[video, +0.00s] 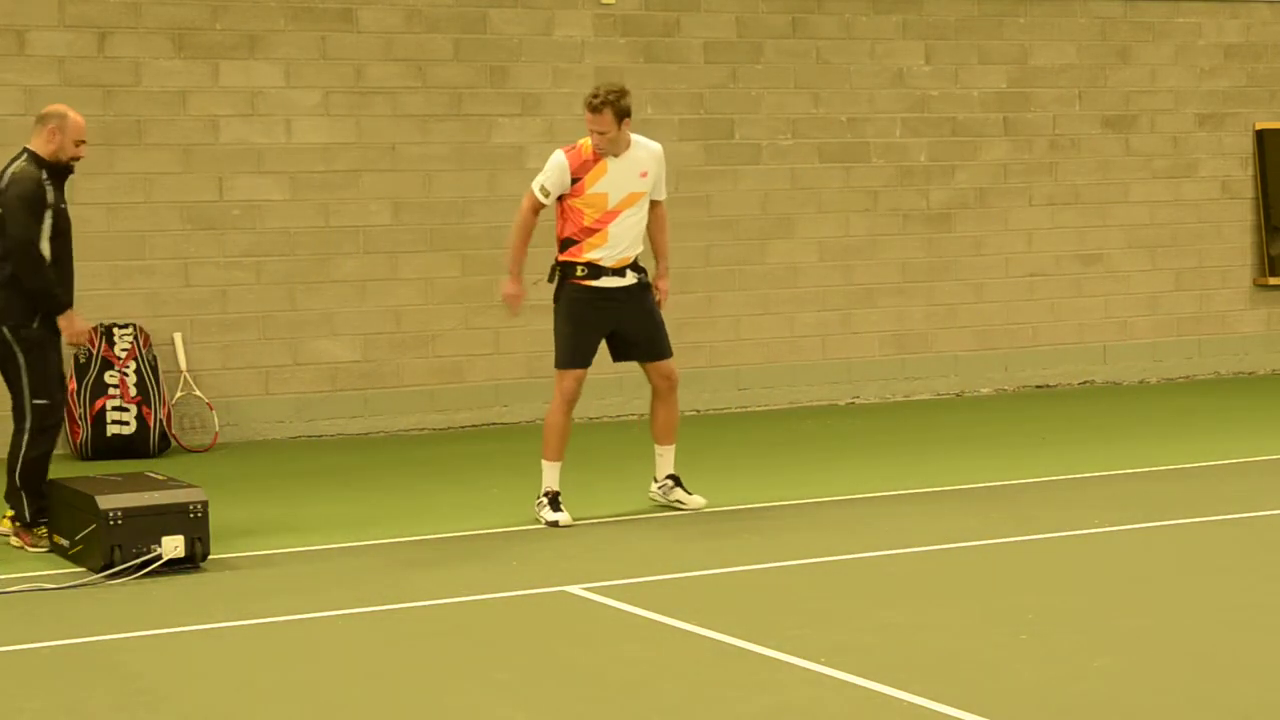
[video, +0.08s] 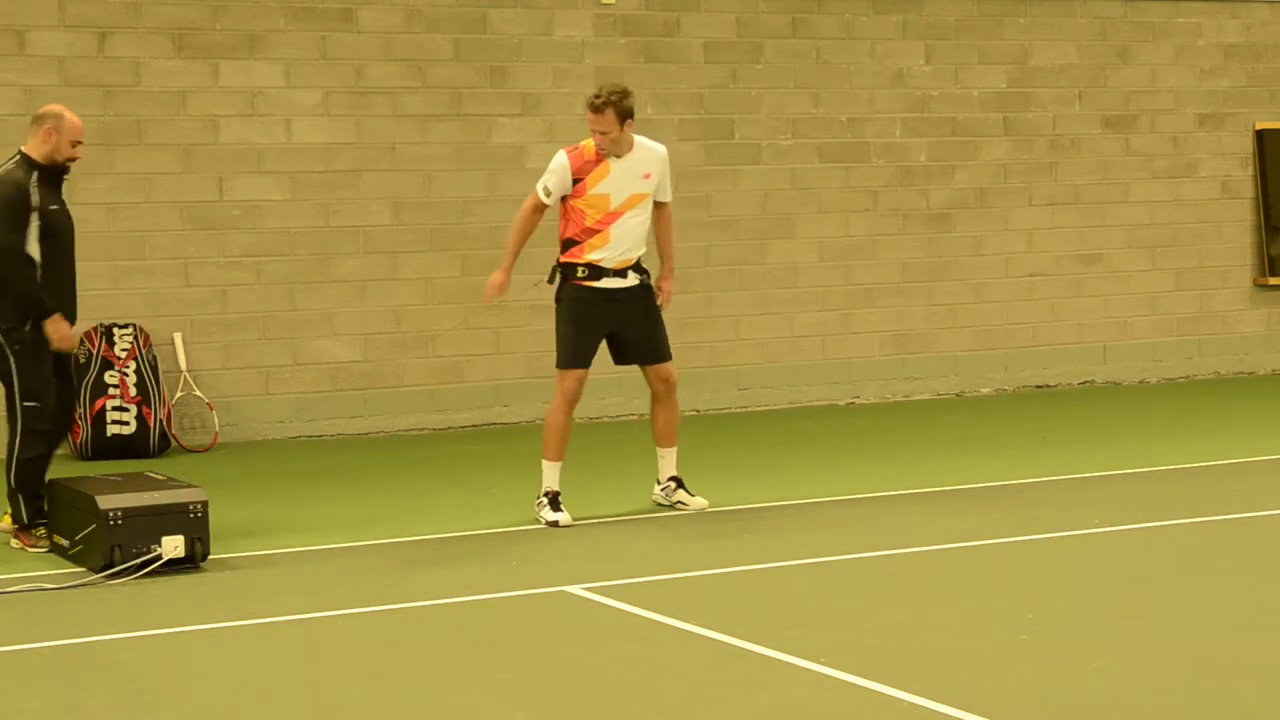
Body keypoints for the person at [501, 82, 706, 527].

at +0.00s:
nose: (595, 139)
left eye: (603, 132)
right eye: (590, 131)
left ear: (625, 125)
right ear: (586, 123)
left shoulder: (650, 155)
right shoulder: (568, 161)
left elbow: (656, 210)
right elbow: (530, 208)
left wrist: (662, 270)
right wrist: (514, 274)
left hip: (632, 289)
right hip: (579, 291)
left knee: (666, 379)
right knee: (567, 389)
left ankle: (665, 480)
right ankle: (549, 494)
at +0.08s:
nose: (596, 140)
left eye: (604, 132)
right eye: (592, 132)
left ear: (628, 125)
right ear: (588, 124)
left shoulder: (655, 157)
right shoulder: (570, 162)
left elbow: (661, 211)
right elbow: (534, 208)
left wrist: (667, 272)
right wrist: (505, 268)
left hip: (634, 290)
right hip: (581, 292)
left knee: (665, 380)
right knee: (568, 390)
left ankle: (668, 483)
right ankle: (549, 494)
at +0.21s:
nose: (603, 142)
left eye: (611, 135)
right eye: (599, 134)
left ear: (636, 128)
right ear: (596, 126)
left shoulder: (665, 162)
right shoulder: (578, 164)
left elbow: (677, 215)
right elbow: (542, 205)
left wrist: (677, 276)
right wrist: (517, 254)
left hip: (637, 290)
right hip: (584, 291)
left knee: (667, 382)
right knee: (570, 387)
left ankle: (668, 485)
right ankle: (548, 493)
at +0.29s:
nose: (606, 144)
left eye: (614, 136)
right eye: (603, 135)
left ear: (639, 130)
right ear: (599, 128)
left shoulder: (669, 165)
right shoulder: (582, 163)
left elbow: (684, 214)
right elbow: (544, 204)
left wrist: (683, 274)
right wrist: (528, 256)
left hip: (638, 291)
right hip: (583, 290)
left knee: (668, 383)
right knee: (568, 383)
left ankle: (667, 484)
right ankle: (543, 492)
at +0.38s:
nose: (606, 145)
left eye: (614, 137)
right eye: (602, 136)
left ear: (638, 131)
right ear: (598, 129)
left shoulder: (668, 166)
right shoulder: (580, 165)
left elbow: (683, 214)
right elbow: (540, 208)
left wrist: (679, 274)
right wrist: (539, 264)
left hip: (635, 293)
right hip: (582, 292)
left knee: (667, 383)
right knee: (567, 386)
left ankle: (667, 484)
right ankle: (538, 493)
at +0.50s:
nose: (599, 145)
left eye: (607, 138)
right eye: (596, 136)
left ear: (631, 132)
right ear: (593, 130)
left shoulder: (658, 166)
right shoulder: (574, 167)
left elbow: (671, 214)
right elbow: (533, 217)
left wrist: (665, 275)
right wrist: (545, 277)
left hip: (628, 292)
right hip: (575, 291)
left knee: (663, 382)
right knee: (560, 388)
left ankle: (667, 484)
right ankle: (536, 494)